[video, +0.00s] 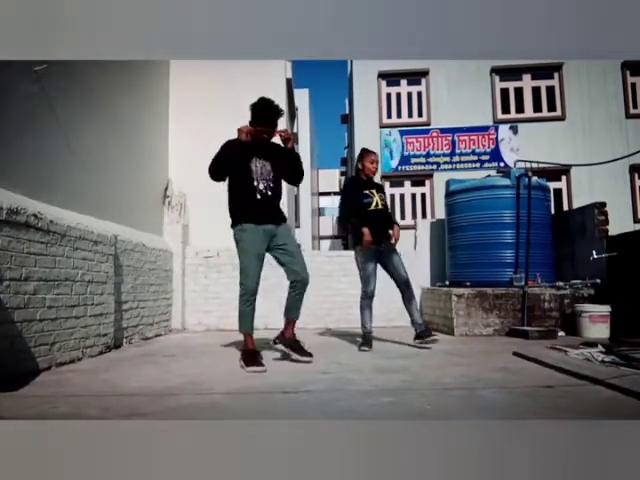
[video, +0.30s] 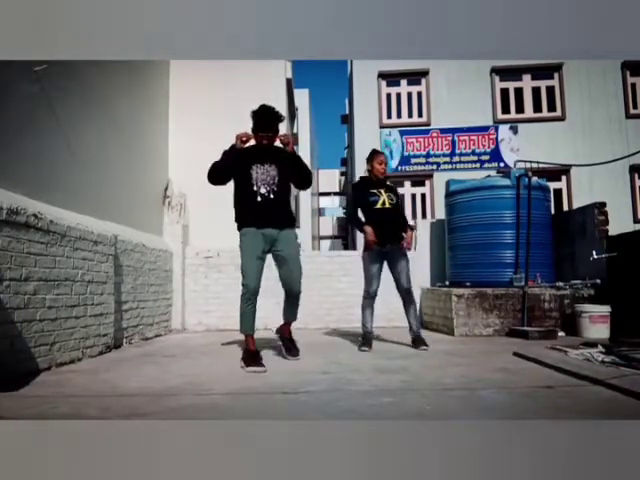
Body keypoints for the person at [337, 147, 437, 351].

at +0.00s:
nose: (374, 166)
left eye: (376, 163)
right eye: (371, 162)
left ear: (377, 165)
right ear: (360, 164)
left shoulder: (378, 187)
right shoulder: (351, 185)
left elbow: (384, 212)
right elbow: (346, 215)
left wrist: (395, 225)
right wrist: (363, 229)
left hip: (384, 241)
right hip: (365, 243)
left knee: (404, 283)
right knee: (368, 291)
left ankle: (420, 328)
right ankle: (367, 335)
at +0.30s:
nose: (384, 167)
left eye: (385, 164)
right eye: (380, 163)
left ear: (386, 165)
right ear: (369, 165)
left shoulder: (391, 188)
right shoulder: (359, 186)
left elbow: (399, 214)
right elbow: (351, 215)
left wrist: (408, 229)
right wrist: (365, 228)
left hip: (395, 243)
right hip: (373, 245)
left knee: (406, 289)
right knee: (370, 291)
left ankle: (416, 334)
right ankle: (367, 335)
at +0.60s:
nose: (398, 166)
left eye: (401, 162)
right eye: (394, 162)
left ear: (404, 165)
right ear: (387, 166)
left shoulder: (412, 189)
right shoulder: (377, 190)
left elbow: (425, 213)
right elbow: (370, 215)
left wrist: (427, 236)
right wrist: (375, 229)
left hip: (411, 244)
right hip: (388, 245)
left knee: (414, 290)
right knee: (381, 291)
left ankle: (417, 335)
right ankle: (368, 335)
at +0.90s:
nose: (402, 163)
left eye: (405, 160)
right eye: (399, 160)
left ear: (413, 162)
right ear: (395, 164)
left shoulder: (420, 182)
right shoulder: (388, 184)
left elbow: (433, 212)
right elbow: (373, 211)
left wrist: (425, 235)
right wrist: (370, 193)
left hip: (411, 242)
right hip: (388, 242)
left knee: (411, 288)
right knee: (379, 287)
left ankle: (417, 334)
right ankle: (376, 333)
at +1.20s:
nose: (391, 164)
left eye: (395, 160)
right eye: (388, 161)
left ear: (402, 163)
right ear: (385, 165)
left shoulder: (412, 184)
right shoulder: (381, 185)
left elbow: (426, 211)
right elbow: (361, 190)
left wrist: (421, 235)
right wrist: (371, 168)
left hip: (406, 244)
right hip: (383, 243)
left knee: (410, 287)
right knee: (370, 287)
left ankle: (417, 334)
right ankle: (363, 332)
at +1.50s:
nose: (371, 167)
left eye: (374, 164)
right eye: (368, 165)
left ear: (382, 166)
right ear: (365, 169)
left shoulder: (393, 191)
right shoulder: (361, 189)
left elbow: (403, 215)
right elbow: (350, 188)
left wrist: (409, 237)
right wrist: (357, 168)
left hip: (389, 246)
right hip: (367, 247)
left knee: (400, 290)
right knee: (364, 292)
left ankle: (416, 334)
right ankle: (361, 336)